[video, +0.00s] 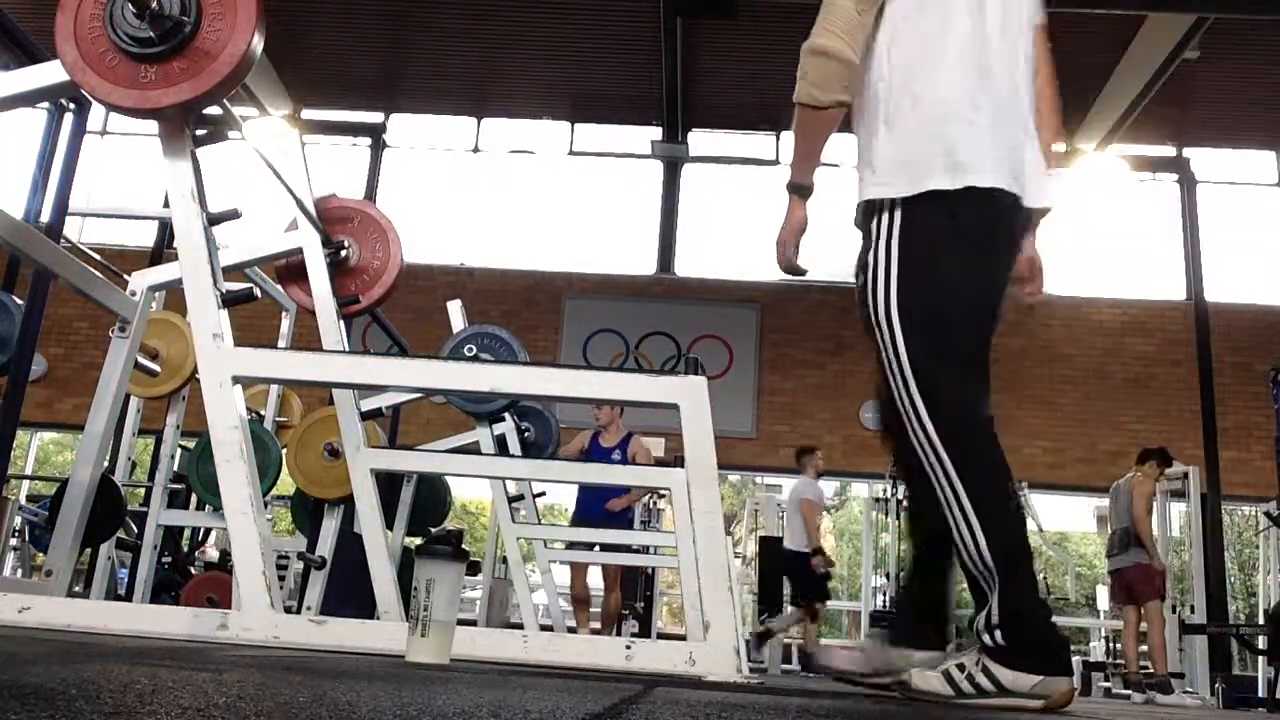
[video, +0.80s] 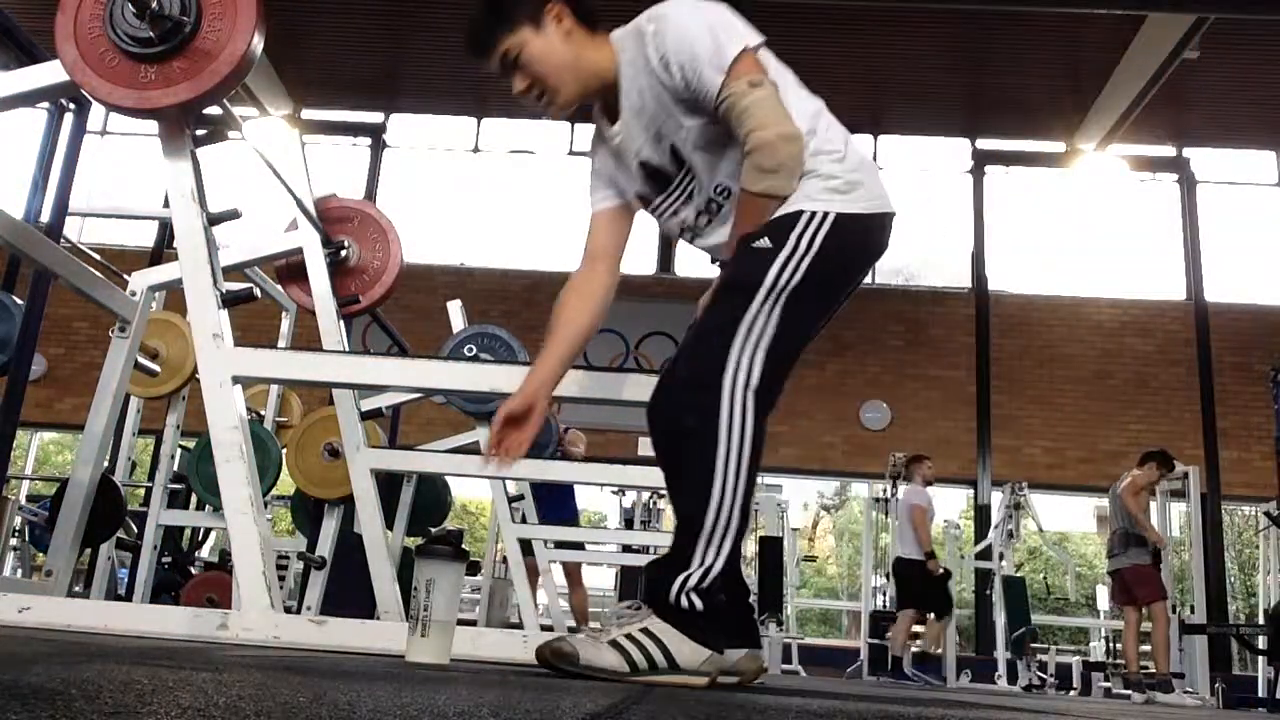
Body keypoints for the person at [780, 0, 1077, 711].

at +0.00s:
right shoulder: (1019, 9)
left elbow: (831, 53)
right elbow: (1038, 90)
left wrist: (799, 191)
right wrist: (1025, 223)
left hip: (919, 183)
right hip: (995, 194)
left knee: (938, 415)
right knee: (929, 417)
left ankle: (1024, 652)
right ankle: (915, 636)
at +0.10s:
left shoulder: (865, 2)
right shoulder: (967, 21)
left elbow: (831, 57)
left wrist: (800, 197)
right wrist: (970, 249)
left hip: (908, 173)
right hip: (970, 178)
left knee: (928, 413)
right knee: (872, 420)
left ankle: (1028, 653)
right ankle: (813, 632)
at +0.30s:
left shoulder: (828, 4)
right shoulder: (836, 13)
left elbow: (819, 67)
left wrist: (787, 203)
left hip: (875, 189)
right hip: (848, 199)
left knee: (866, 424)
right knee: (781, 425)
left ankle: (1011, 634)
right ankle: (728, 636)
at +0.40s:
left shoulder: (804, 5)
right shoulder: (769, 26)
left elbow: (812, 71)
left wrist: (768, 207)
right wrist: (749, 291)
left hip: (861, 183)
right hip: (823, 194)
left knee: (787, 400)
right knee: (745, 416)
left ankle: (960, 592)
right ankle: (725, 637)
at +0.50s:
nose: (638, 7)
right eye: (634, 5)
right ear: (662, 11)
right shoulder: (712, 66)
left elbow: (803, 84)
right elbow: (725, 191)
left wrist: (745, 207)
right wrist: (690, 301)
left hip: (851, 178)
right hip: (797, 195)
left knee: (762, 368)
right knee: (729, 407)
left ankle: (877, 588)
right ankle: (725, 635)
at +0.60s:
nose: (585, 16)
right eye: (579, 10)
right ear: (602, 19)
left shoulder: (726, 1)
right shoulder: (666, 96)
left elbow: (791, 100)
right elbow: (671, 221)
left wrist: (736, 231)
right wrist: (627, 327)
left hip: (841, 184)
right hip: (785, 206)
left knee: (756, 373)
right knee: (714, 395)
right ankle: (721, 615)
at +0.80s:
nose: (518, 85)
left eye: (516, 59)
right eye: (505, 78)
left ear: (560, 19)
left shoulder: (675, 27)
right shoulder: (613, 147)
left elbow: (775, 143)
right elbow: (595, 272)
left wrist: (729, 276)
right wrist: (536, 388)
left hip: (826, 202)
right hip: (769, 232)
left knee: (719, 384)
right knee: (676, 404)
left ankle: (697, 620)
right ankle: (726, 629)